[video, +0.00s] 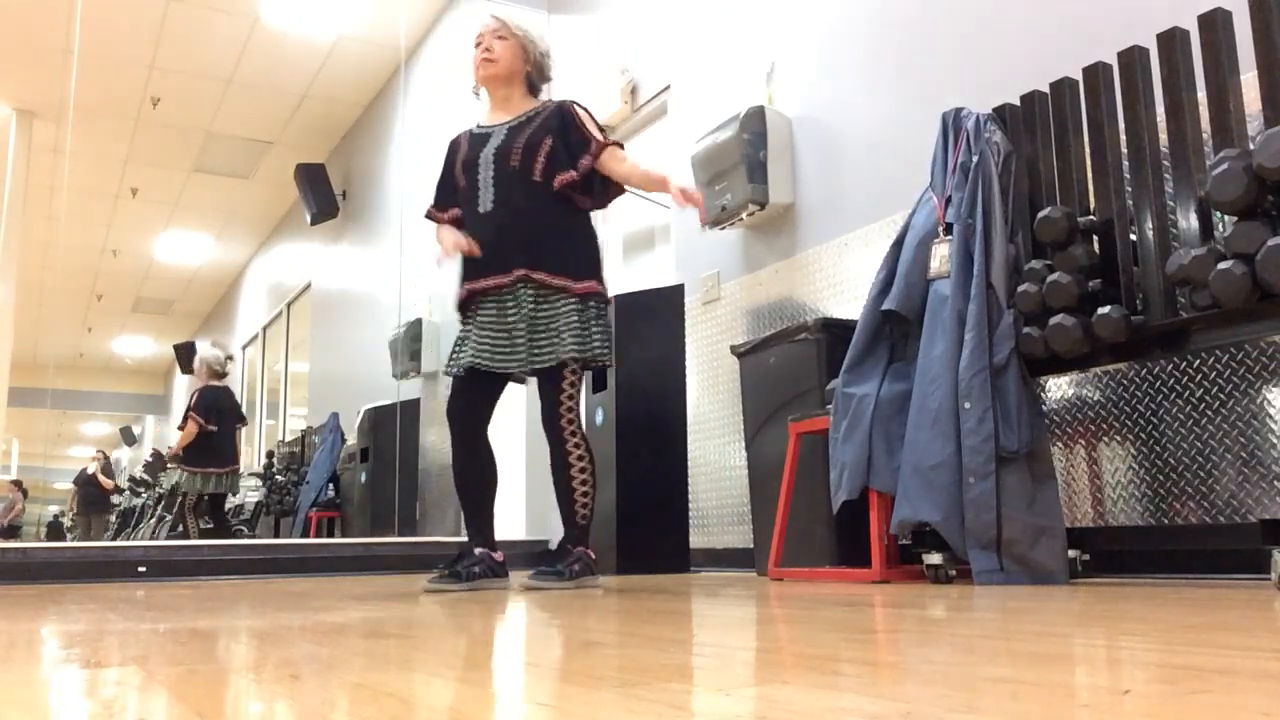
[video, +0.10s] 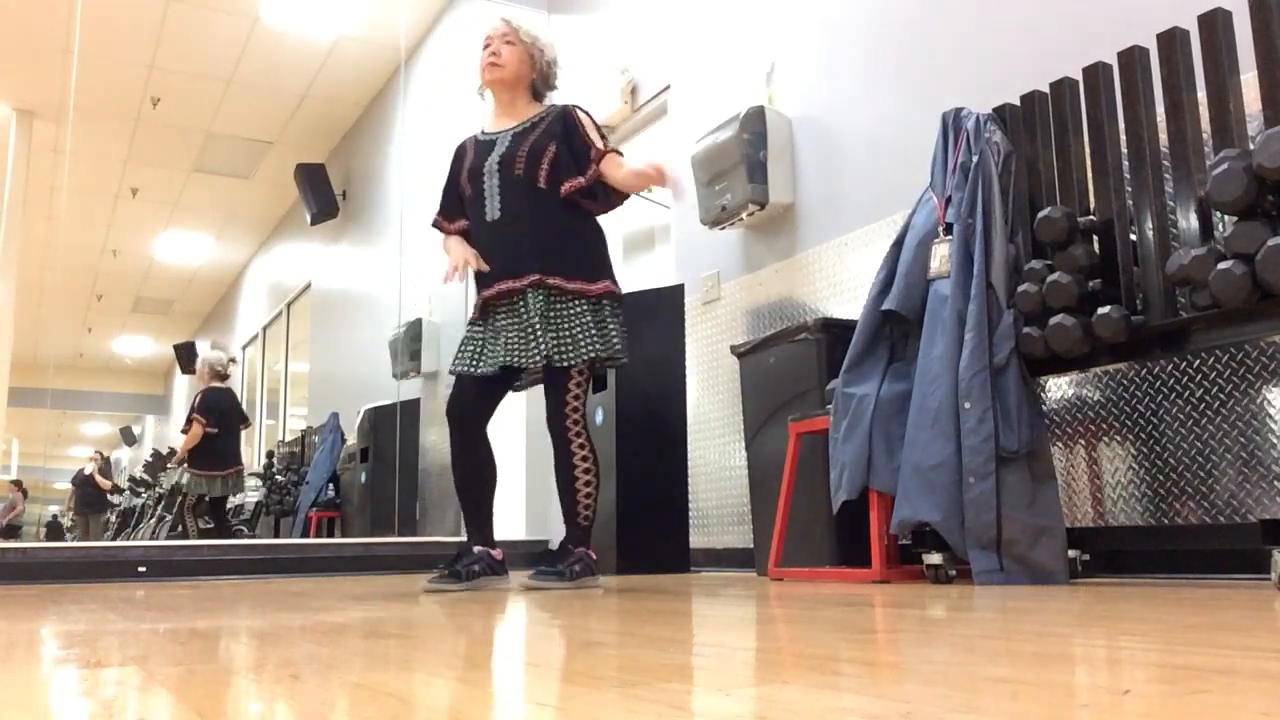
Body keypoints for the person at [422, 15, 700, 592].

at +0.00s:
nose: (483, 46)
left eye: (498, 39)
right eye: (478, 41)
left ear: (528, 59)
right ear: (476, 66)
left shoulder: (560, 114)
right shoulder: (465, 143)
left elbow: (616, 163)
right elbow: (447, 221)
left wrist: (668, 184)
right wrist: (452, 238)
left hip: (563, 287)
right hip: (494, 292)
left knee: (562, 416)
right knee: (464, 413)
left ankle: (578, 549)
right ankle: (483, 550)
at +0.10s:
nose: (491, 48)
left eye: (506, 42)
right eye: (485, 44)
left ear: (534, 64)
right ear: (480, 71)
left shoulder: (565, 119)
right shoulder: (470, 149)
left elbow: (607, 165)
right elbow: (451, 221)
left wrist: (637, 175)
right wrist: (456, 244)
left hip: (569, 291)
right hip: (503, 299)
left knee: (566, 415)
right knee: (463, 412)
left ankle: (579, 549)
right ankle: (481, 548)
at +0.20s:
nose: (494, 50)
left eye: (509, 43)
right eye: (489, 45)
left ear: (538, 63)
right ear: (483, 70)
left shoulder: (566, 119)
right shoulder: (473, 150)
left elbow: (619, 189)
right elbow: (452, 226)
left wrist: (605, 166)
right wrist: (454, 237)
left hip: (570, 290)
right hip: (503, 298)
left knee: (567, 415)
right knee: (460, 410)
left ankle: (579, 551)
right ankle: (478, 545)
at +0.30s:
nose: (495, 50)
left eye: (509, 42)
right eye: (490, 45)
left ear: (539, 61)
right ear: (487, 68)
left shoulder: (565, 118)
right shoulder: (476, 147)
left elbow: (614, 184)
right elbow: (456, 231)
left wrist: (565, 160)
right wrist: (434, 212)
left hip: (565, 288)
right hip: (499, 297)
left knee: (566, 416)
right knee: (456, 409)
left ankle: (579, 550)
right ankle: (473, 544)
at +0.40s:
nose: (495, 50)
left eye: (508, 41)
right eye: (488, 45)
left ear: (538, 60)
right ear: (485, 69)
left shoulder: (560, 118)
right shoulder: (474, 143)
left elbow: (594, 184)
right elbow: (445, 218)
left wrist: (512, 172)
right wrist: (410, 172)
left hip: (555, 291)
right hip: (489, 298)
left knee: (561, 418)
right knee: (450, 415)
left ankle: (579, 549)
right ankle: (463, 546)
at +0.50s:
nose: (490, 51)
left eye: (503, 42)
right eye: (484, 46)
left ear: (534, 60)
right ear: (481, 70)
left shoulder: (554, 122)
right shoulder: (469, 141)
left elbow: (576, 195)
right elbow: (432, 210)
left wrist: (491, 188)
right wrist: (397, 152)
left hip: (539, 295)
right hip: (479, 299)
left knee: (549, 418)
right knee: (452, 421)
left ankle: (578, 549)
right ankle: (465, 552)